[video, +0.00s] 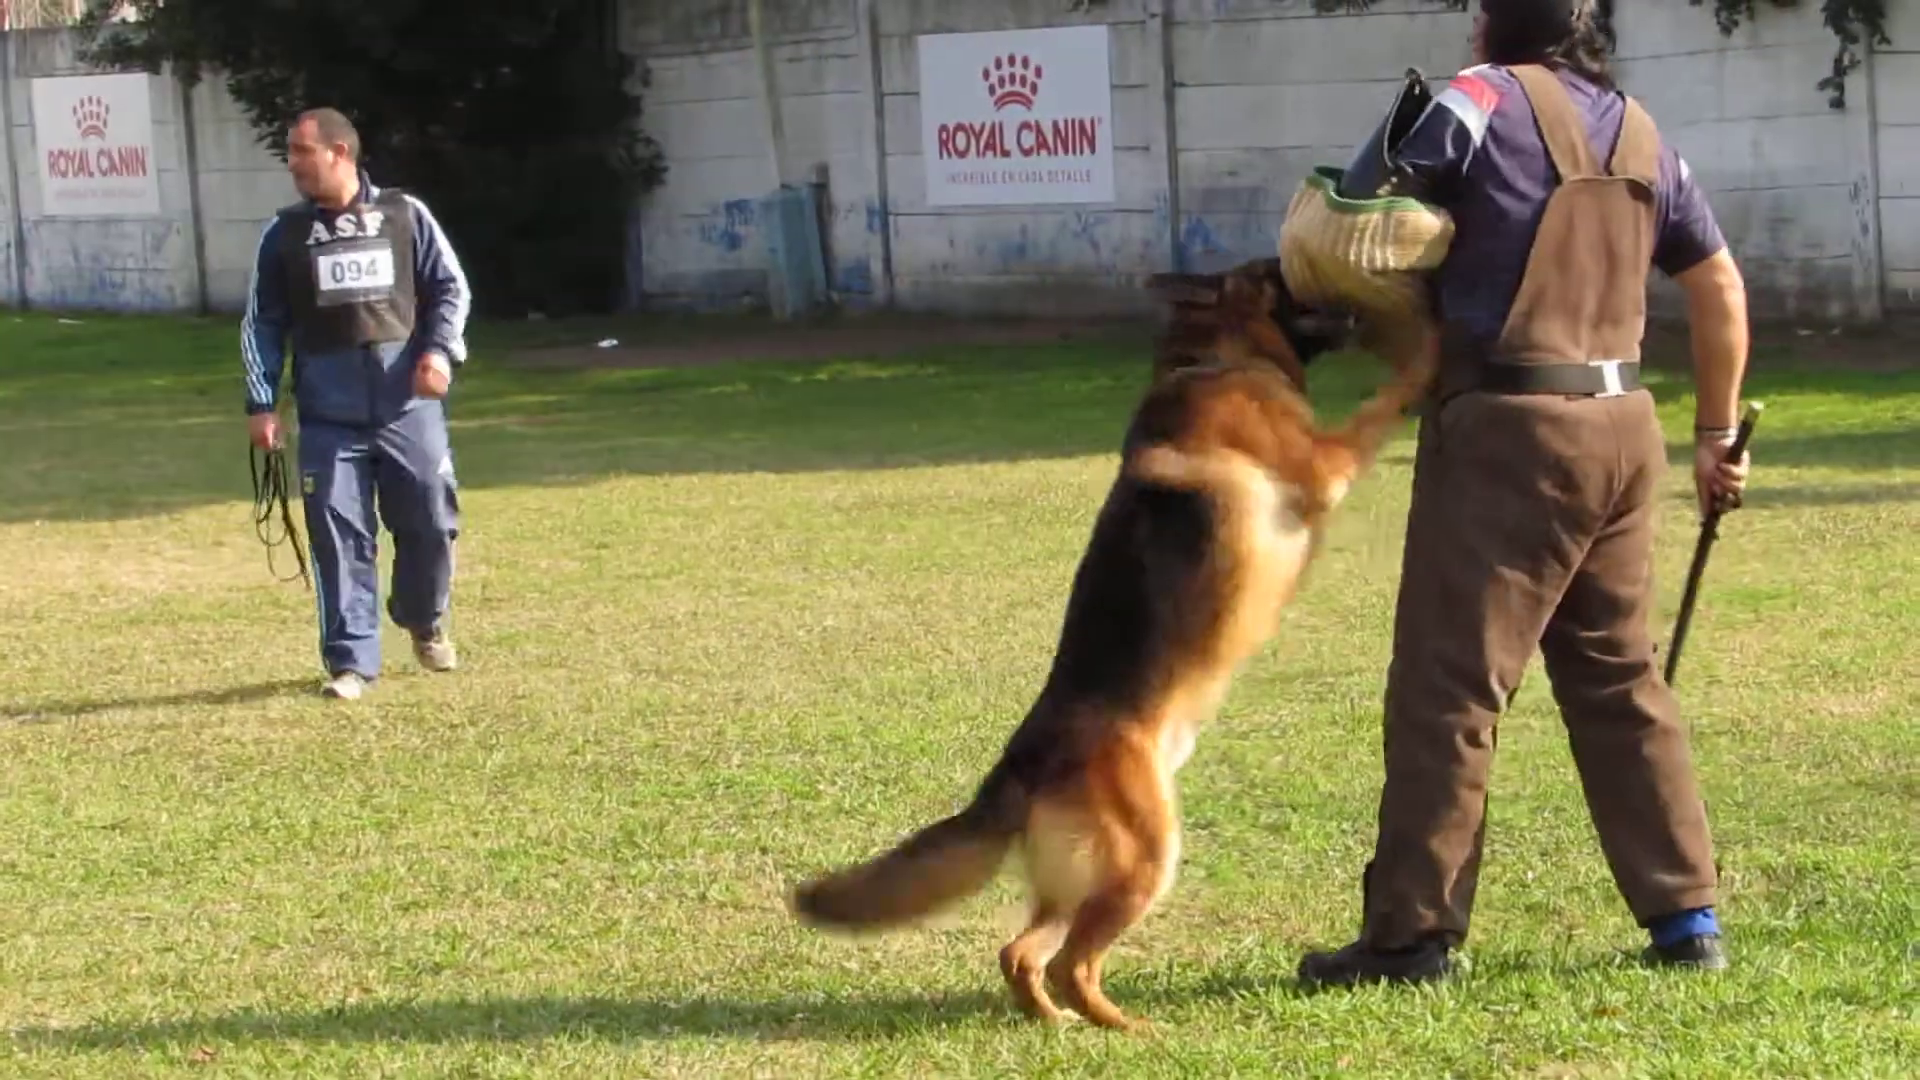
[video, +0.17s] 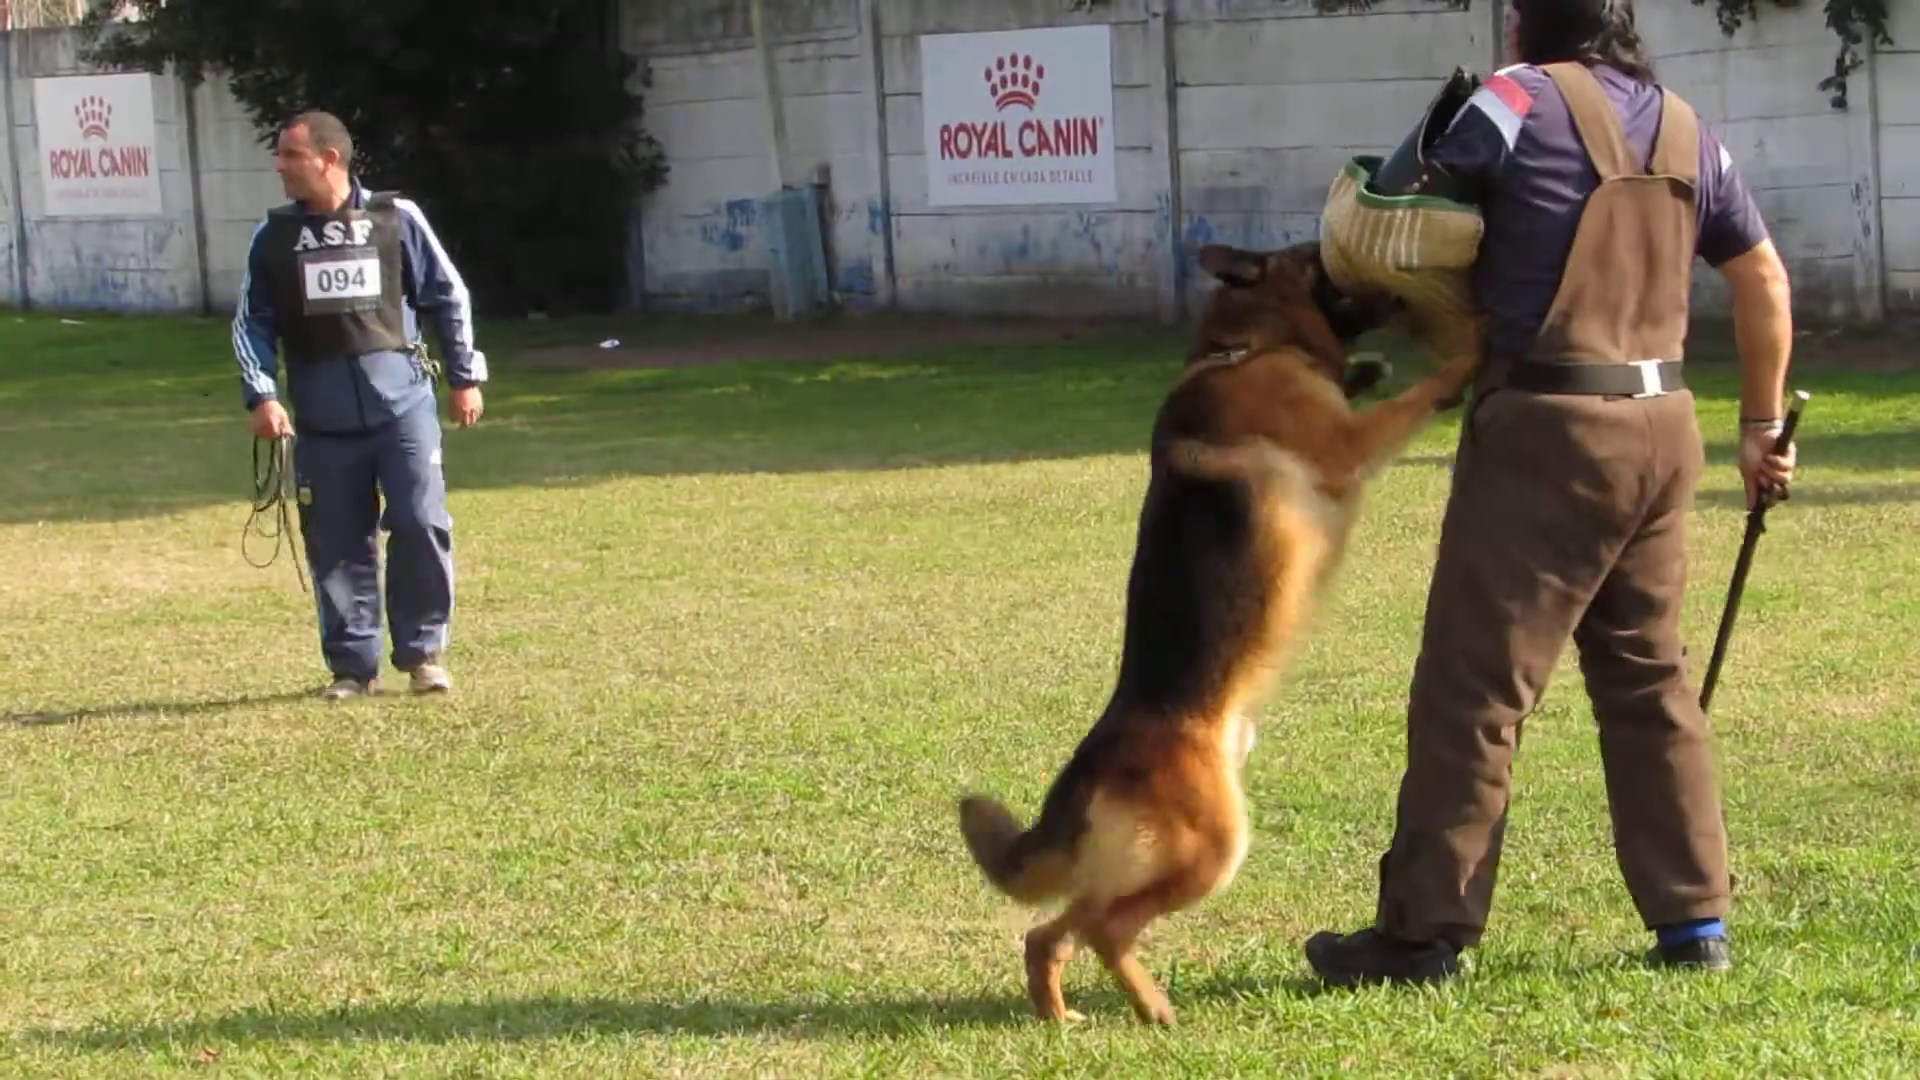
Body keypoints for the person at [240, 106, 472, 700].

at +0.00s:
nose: (292, 164)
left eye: (302, 153)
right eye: (289, 153)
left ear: (341, 154)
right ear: (296, 158)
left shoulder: (406, 216)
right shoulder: (284, 235)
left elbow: (449, 288)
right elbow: (262, 322)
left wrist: (440, 351)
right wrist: (261, 401)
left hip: (408, 395)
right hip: (328, 405)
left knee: (431, 513)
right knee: (334, 523)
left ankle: (425, 617)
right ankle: (351, 662)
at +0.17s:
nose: (279, 164)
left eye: (290, 154)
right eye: (279, 154)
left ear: (329, 161)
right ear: (308, 162)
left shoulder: (398, 219)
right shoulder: (275, 235)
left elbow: (447, 295)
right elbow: (253, 322)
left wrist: (466, 375)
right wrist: (260, 394)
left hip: (402, 400)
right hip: (322, 410)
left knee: (421, 522)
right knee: (336, 542)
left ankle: (423, 652)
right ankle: (354, 668)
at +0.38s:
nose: (279, 186)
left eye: (290, 179)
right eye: (280, 177)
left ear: (330, 186)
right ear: (309, 186)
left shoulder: (391, 246)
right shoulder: (265, 252)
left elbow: (432, 317)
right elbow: (230, 336)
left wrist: (437, 392)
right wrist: (231, 412)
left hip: (370, 419)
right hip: (292, 422)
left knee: (372, 550)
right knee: (297, 548)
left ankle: (371, 681)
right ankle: (317, 665)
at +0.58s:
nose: (173, 174)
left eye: (185, 165)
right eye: (174, 163)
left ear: (225, 173)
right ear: (208, 173)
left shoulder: (284, 245)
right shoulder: (156, 241)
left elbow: (313, 336)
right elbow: (120, 327)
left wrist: (309, 414)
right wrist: (111, 406)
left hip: (260, 434)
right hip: (176, 433)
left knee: (258, 566)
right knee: (163, 557)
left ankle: (255, 690)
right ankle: (180, 669)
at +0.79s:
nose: (183, 178)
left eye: (192, 167)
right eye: (169, 168)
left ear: (210, 175)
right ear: (146, 178)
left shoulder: (246, 245)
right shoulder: (116, 256)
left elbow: (289, 309)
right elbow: (79, 340)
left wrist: (253, 331)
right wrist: (65, 416)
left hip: (228, 444)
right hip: (143, 445)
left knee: (227, 572)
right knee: (136, 567)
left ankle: (223, 697)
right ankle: (122, 707)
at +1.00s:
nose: (124, 209)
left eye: (132, 196)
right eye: (109, 198)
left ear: (146, 201)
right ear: (82, 206)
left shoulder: (191, 263)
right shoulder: (55, 290)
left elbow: (243, 321)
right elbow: (26, 367)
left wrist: (227, 382)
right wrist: (21, 426)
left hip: (182, 470)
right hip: (96, 476)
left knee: (191, 579)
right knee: (76, 586)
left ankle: (187, 692)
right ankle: (84, 727)